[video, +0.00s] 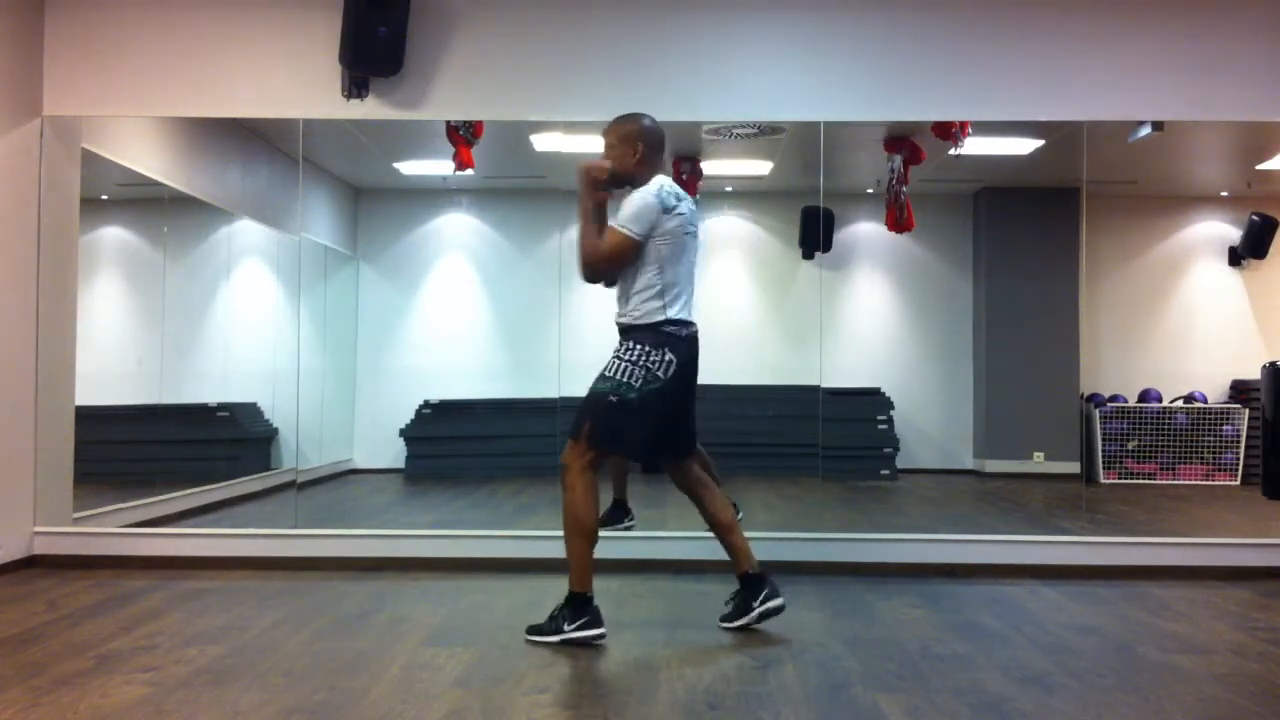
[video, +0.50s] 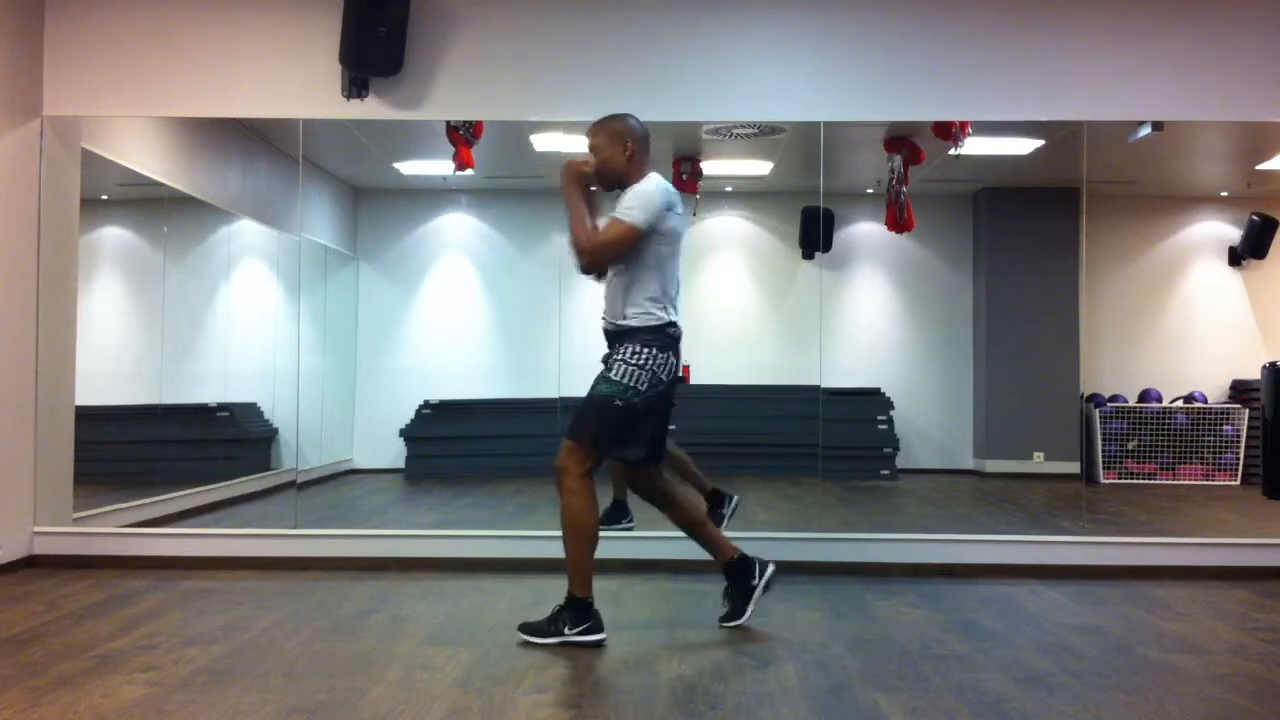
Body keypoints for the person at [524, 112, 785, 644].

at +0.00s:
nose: (604, 159)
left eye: (609, 149)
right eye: (605, 149)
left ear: (636, 151)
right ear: (649, 152)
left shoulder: (650, 197)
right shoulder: (672, 197)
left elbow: (593, 265)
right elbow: (603, 265)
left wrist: (590, 194)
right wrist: (597, 197)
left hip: (647, 347)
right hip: (673, 346)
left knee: (578, 460)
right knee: (684, 465)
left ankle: (579, 605)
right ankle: (753, 582)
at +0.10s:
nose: (610, 166)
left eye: (613, 156)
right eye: (610, 156)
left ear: (637, 156)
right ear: (653, 154)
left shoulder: (663, 198)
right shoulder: (675, 196)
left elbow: (604, 265)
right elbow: (612, 266)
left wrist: (603, 192)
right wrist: (607, 196)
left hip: (655, 349)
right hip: (677, 348)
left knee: (570, 455)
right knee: (698, 472)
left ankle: (573, 597)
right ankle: (761, 588)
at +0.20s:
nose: (612, 166)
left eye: (615, 157)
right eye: (612, 157)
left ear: (640, 156)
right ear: (660, 155)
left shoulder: (655, 200)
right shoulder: (690, 201)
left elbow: (600, 271)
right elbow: (624, 269)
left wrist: (603, 203)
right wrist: (616, 205)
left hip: (655, 350)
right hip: (685, 349)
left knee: (573, 460)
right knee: (708, 478)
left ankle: (576, 604)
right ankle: (764, 594)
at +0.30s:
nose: (609, 165)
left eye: (613, 155)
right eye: (610, 156)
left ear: (636, 153)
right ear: (660, 153)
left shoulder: (637, 199)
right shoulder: (698, 204)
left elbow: (576, 263)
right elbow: (665, 270)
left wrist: (571, 199)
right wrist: (610, 242)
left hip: (649, 350)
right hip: (685, 349)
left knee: (574, 463)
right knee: (695, 472)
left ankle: (579, 607)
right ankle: (755, 587)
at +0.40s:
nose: (598, 163)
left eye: (603, 153)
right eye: (599, 153)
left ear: (631, 152)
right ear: (646, 152)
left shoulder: (631, 194)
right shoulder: (690, 203)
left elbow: (566, 255)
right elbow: (646, 290)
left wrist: (543, 197)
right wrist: (599, 267)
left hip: (642, 350)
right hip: (673, 348)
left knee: (571, 464)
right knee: (670, 472)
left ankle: (578, 608)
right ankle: (745, 577)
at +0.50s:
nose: (591, 162)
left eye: (595, 151)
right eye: (590, 152)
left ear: (626, 149)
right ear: (630, 149)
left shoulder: (652, 192)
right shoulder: (635, 196)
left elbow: (590, 253)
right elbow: (593, 260)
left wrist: (574, 189)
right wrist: (582, 193)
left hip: (643, 349)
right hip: (636, 348)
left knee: (573, 463)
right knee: (643, 474)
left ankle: (580, 609)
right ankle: (739, 565)